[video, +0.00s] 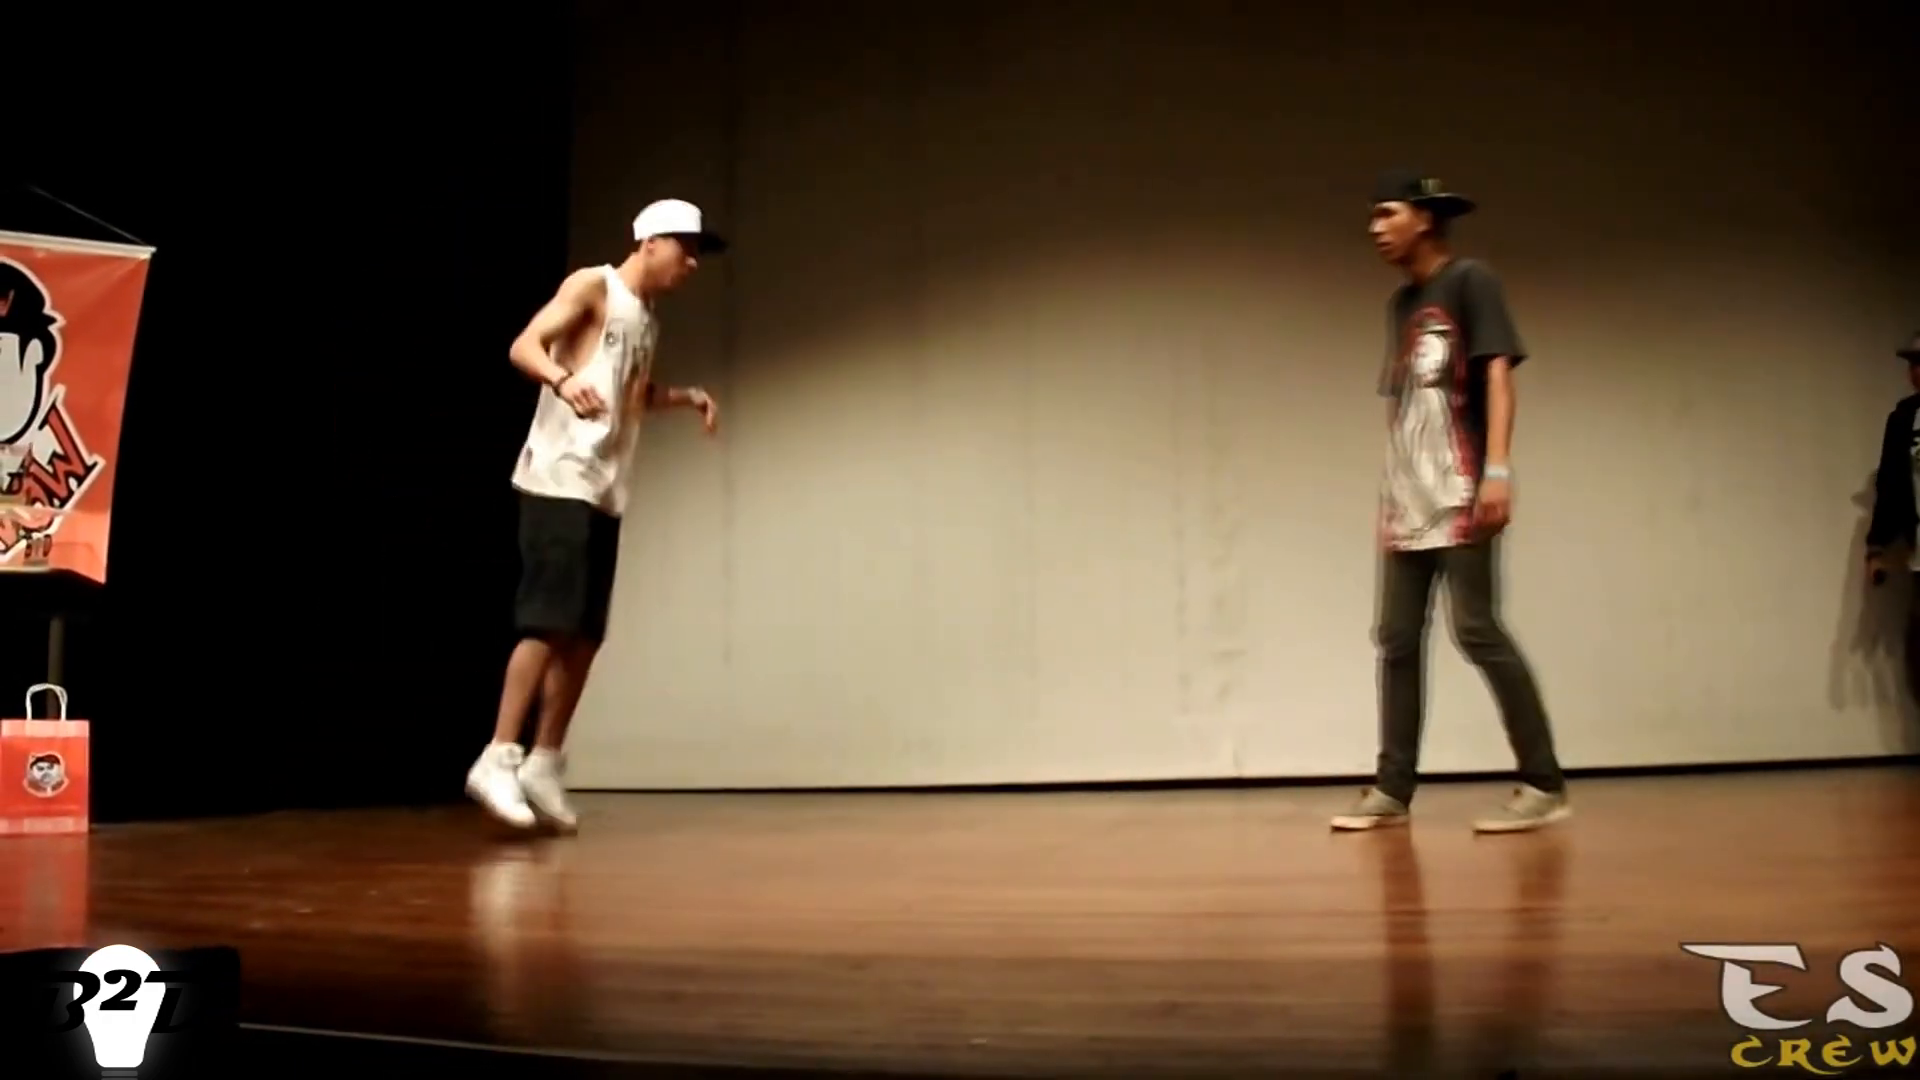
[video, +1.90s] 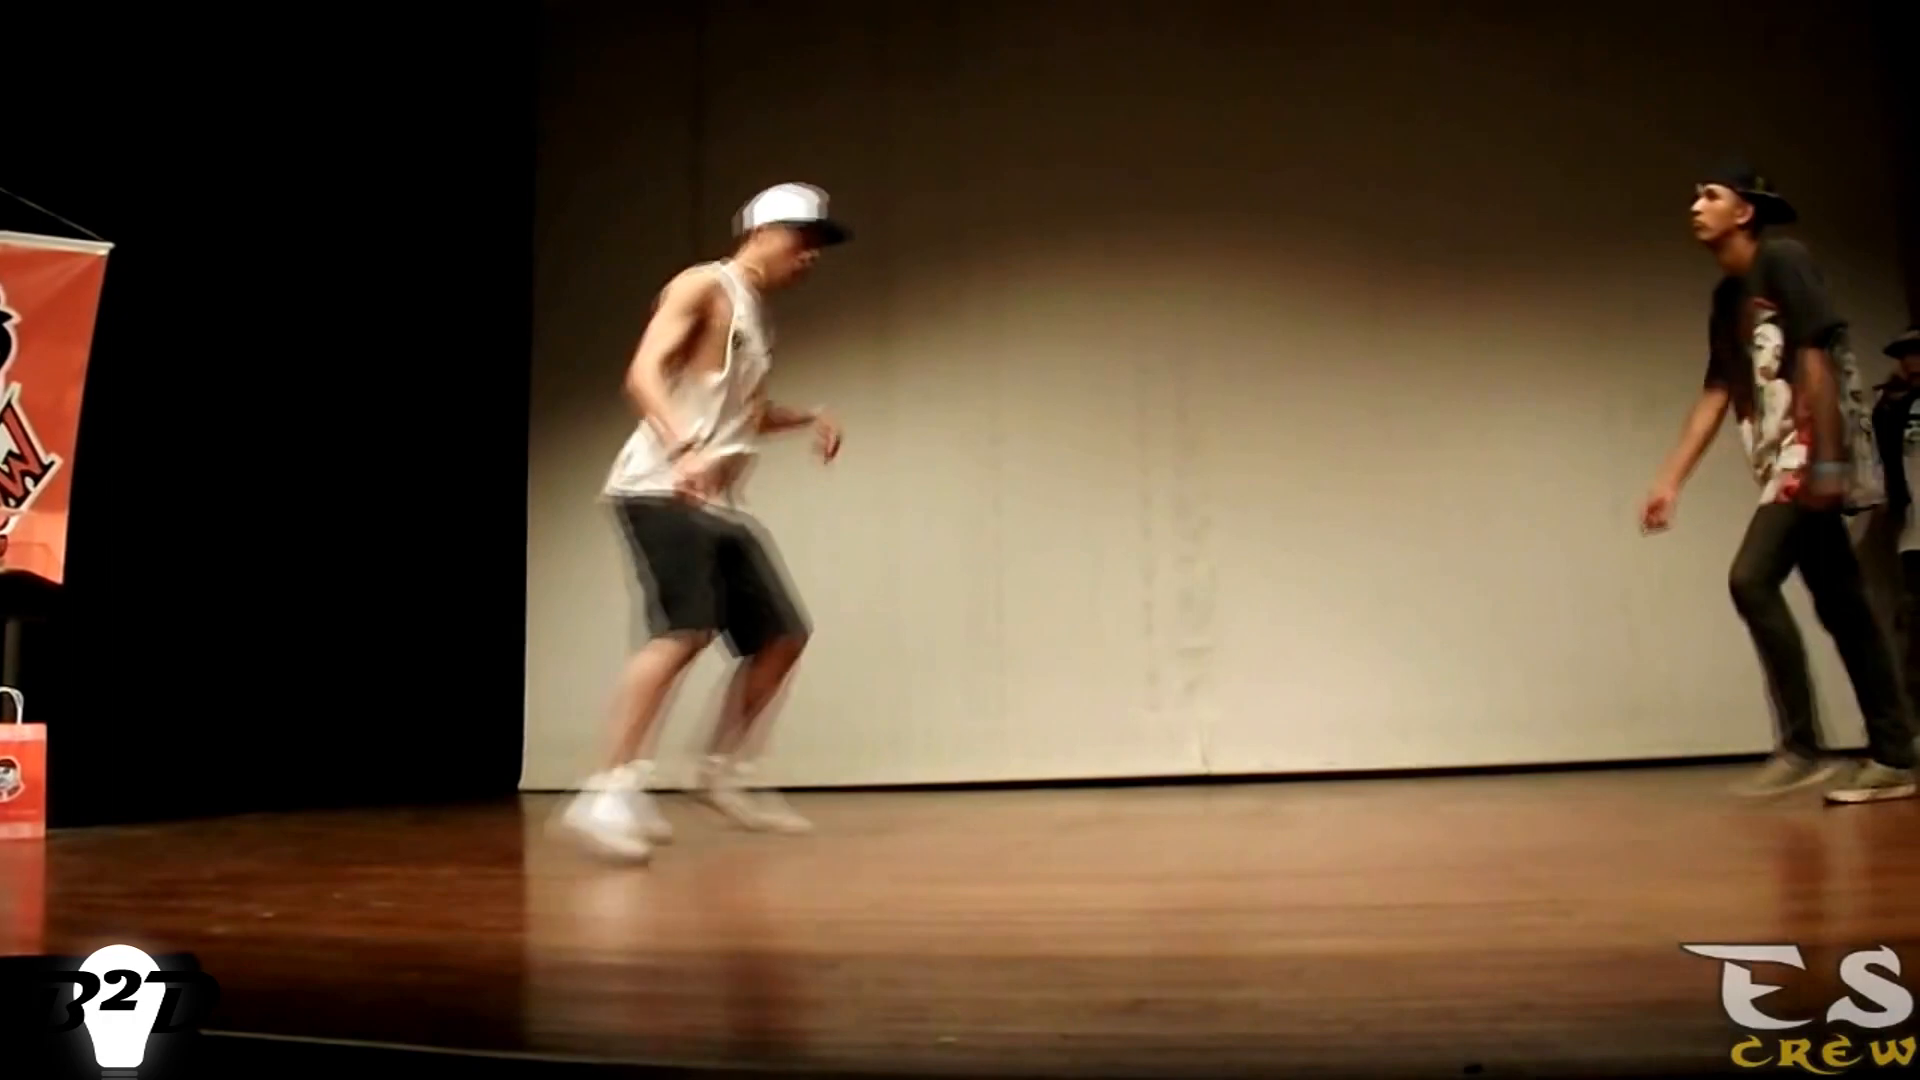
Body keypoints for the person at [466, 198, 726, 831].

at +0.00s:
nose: (689, 267)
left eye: (693, 257)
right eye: (683, 251)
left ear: (675, 258)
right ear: (647, 242)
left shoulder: (646, 319)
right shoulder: (590, 286)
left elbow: (633, 397)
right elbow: (525, 346)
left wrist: (682, 398)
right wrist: (563, 380)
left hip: (604, 490)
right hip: (556, 482)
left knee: (583, 635)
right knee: (545, 626)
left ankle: (544, 766)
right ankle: (497, 760)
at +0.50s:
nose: (700, 275)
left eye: (700, 265)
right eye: (690, 264)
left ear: (681, 273)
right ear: (658, 267)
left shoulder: (670, 348)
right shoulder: (613, 320)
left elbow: (664, 408)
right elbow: (560, 385)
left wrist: (709, 417)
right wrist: (587, 427)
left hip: (647, 506)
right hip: (608, 505)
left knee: (638, 638)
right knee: (613, 634)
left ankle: (610, 757)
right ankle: (577, 756)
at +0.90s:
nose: (745, 285)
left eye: (747, 277)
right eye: (733, 275)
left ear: (736, 287)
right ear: (701, 279)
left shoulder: (714, 361)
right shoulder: (661, 331)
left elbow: (705, 430)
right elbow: (603, 393)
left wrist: (753, 429)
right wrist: (642, 423)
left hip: (689, 514)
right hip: (654, 511)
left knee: (675, 634)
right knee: (692, 628)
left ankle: (648, 755)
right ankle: (676, 758)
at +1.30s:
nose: (792, 290)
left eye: (795, 279)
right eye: (784, 277)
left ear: (776, 281)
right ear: (750, 273)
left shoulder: (744, 347)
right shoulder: (701, 326)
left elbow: (733, 424)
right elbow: (654, 393)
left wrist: (796, 437)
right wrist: (730, 394)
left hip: (737, 534)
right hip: (687, 533)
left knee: (757, 659)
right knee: (710, 662)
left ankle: (695, 757)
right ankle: (703, 792)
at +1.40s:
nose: (808, 274)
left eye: (811, 264)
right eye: (799, 260)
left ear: (791, 268)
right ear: (762, 257)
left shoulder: (765, 335)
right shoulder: (712, 311)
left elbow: (754, 417)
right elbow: (671, 382)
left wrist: (816, 431)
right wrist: (756, 373)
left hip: (754, 521)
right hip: (693, 522)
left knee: (789, 644)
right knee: (703, 662)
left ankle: (785, 783)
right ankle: (701, 789)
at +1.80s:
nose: (835, 264)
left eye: (841, 253)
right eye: (826, 247)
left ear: (822, 253)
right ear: (787, 236)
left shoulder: (779, 331)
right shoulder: (724, 282)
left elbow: (779, 413)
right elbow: (668, 364)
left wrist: (828, 423)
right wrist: (719, 437)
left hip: (746, 499)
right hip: (681, 483)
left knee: (791, 634)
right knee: (729, 610)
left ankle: (819, 788)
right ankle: (676, 773)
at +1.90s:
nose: (809, 257)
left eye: (814, 246)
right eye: (800, 240)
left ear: (797, 249)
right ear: (760, 233)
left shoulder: (755, 314)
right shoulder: (702, 286)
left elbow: (745, 414)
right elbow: (643, 375)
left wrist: (809, 418)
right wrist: (685, 446)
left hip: (715, 502)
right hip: (656, 492)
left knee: (781, 635)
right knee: (688, 625)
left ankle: (721, 769)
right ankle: (609, 789)